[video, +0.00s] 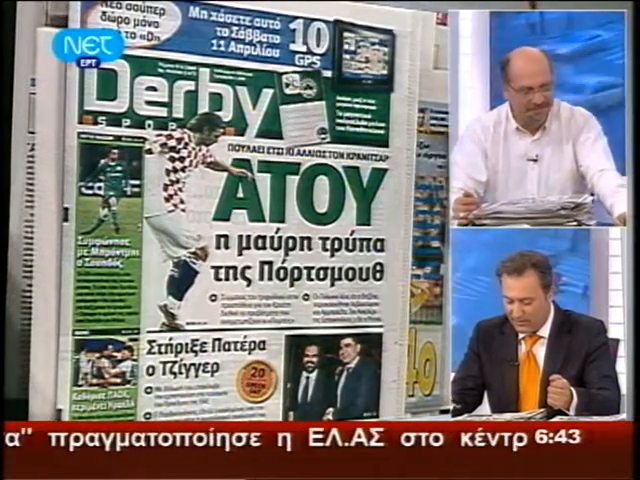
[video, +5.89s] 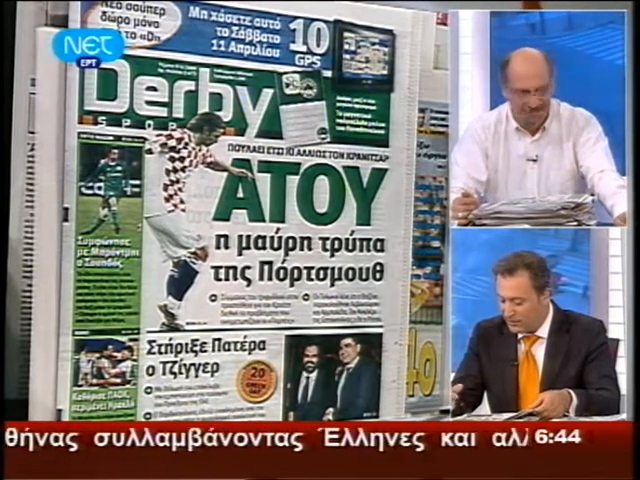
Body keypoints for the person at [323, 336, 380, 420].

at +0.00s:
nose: (343, 351)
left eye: (347, 346)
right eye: (341, 348)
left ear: (358, 348)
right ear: (339, 351)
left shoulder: (367, 368)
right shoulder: (340, 371)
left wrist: (335, 415)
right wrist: (330, 411)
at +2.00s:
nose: (343, 351)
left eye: (347, 346)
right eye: (341, 348)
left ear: (358, 348)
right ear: (338, 351)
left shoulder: (367, 368)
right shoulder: (341, 371)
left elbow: (361, 408)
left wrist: (335, 415)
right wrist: (331, 411)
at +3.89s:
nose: (343, 351)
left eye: (347, 346)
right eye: (341, 348)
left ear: (358, 348)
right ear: (339, 351)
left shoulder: (367, 368)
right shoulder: (341, 371)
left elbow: (361, 407)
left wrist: (335, 416)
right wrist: (332, 410)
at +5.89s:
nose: (343, 351)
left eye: (347, 346)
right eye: (341, 348)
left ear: (358, 348)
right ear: (339, 351)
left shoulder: (367, 367)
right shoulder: (341, 371)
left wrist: (335, 416)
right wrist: (332, 410)